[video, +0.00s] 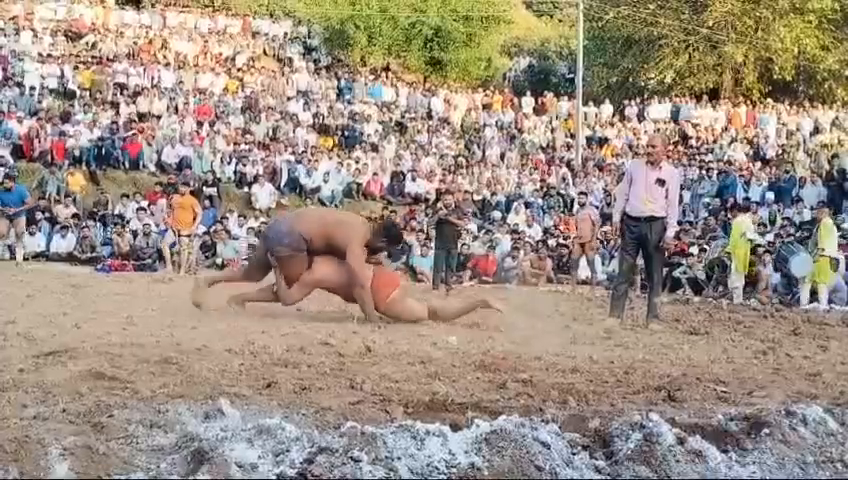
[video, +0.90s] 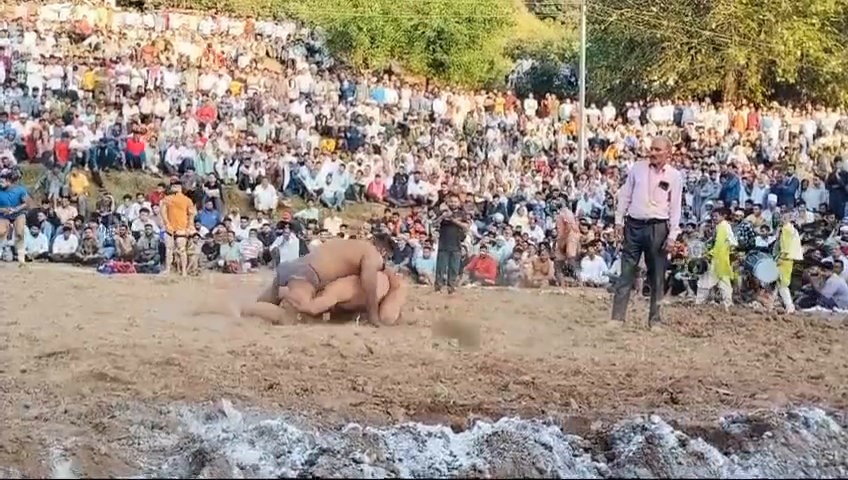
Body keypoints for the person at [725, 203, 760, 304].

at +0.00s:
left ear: (737, 211)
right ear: (749, 211)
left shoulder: (736, 221)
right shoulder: (747, 221)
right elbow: (750, 235)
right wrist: (763, 241)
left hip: (735, 250)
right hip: (741, 251)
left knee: (735, 274)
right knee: (739, 275)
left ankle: (736, 298)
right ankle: (738, 299)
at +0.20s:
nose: (728, 215)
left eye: (730, 213)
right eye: (728, 213)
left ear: (735, 212)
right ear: (732, 212)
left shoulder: (741, 223)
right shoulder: (732, 224)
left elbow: (747, 239)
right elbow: (730, 240)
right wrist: (724, 250)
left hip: (737, 254)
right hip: (731, 253)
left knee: (734, 277)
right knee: (731, 277)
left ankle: (736, 299)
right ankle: (732, 298)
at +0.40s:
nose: (727, 217)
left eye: (729, 215)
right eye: (727, 215)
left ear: (735, 215)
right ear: (731, 216)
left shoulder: (739, 226)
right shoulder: (730, 226)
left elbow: (744, 243)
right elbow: (728, 242)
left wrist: (742, 257)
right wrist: (723, 251)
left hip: (735, 255)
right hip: (728, 254)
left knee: (732, 277)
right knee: (727, 276)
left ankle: (733, 299)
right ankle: (730, 298)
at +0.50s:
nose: (726, 219)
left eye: (727, 217)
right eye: (725, 217)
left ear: (733, 217)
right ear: (733, 217)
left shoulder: (733, 227)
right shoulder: (737, 226)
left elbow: (729, 243)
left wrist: (722, 253)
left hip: (731, 254)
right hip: (735, 253)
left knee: (727, 275)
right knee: (733, 274)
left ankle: (728, 296)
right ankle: (731, 295)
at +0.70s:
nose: (721, 219)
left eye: (724, 217)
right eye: (721, 217)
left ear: (730, 217)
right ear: (721, 218)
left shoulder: (733, 227)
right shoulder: (725, 228)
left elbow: (738, 244)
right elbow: (724, 244)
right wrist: (718, 252)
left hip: (728, 257)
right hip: (722, 256)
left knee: (727, 279)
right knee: (724, 278)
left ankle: (727, 302)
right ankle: (726, 301)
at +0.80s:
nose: (719, 219)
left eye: (720, 217)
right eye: (718, 217)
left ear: (726, 216)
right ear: (723, 217)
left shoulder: (726, 227)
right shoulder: (727, 226)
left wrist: (715, 252)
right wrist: (716, 251)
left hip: (725, 256)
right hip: (725, 255)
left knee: (725, 278)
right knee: (725, 277)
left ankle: (727, 301)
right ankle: (727, 301)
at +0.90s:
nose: (714, 219)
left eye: (716, 216)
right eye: (713, 216)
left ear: (723, 216)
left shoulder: (722, 227)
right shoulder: (721, 226)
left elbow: (719, 245)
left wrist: (710, 253)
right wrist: (711, 253)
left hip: (719, 258)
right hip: (721, 258)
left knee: (704, 282)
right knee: (724, 282)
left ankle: (699, 302)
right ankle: (728, 304)